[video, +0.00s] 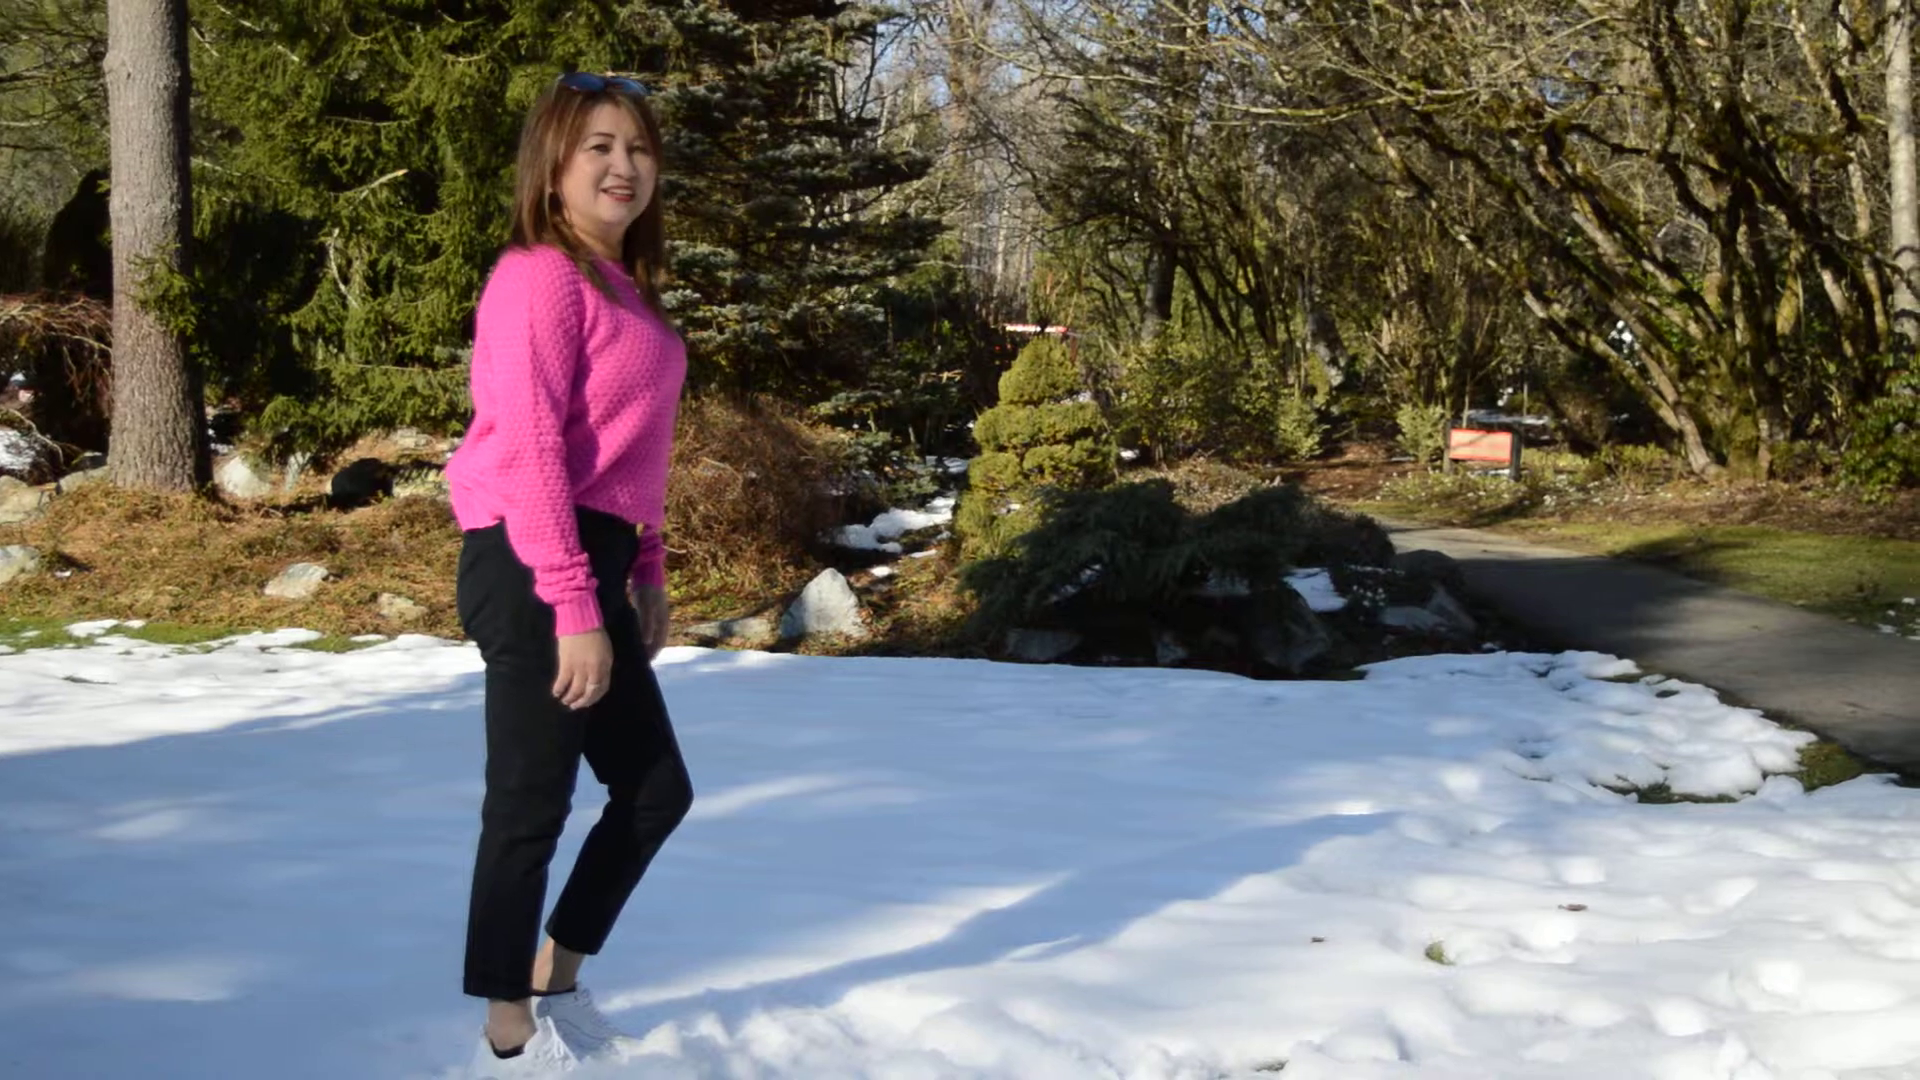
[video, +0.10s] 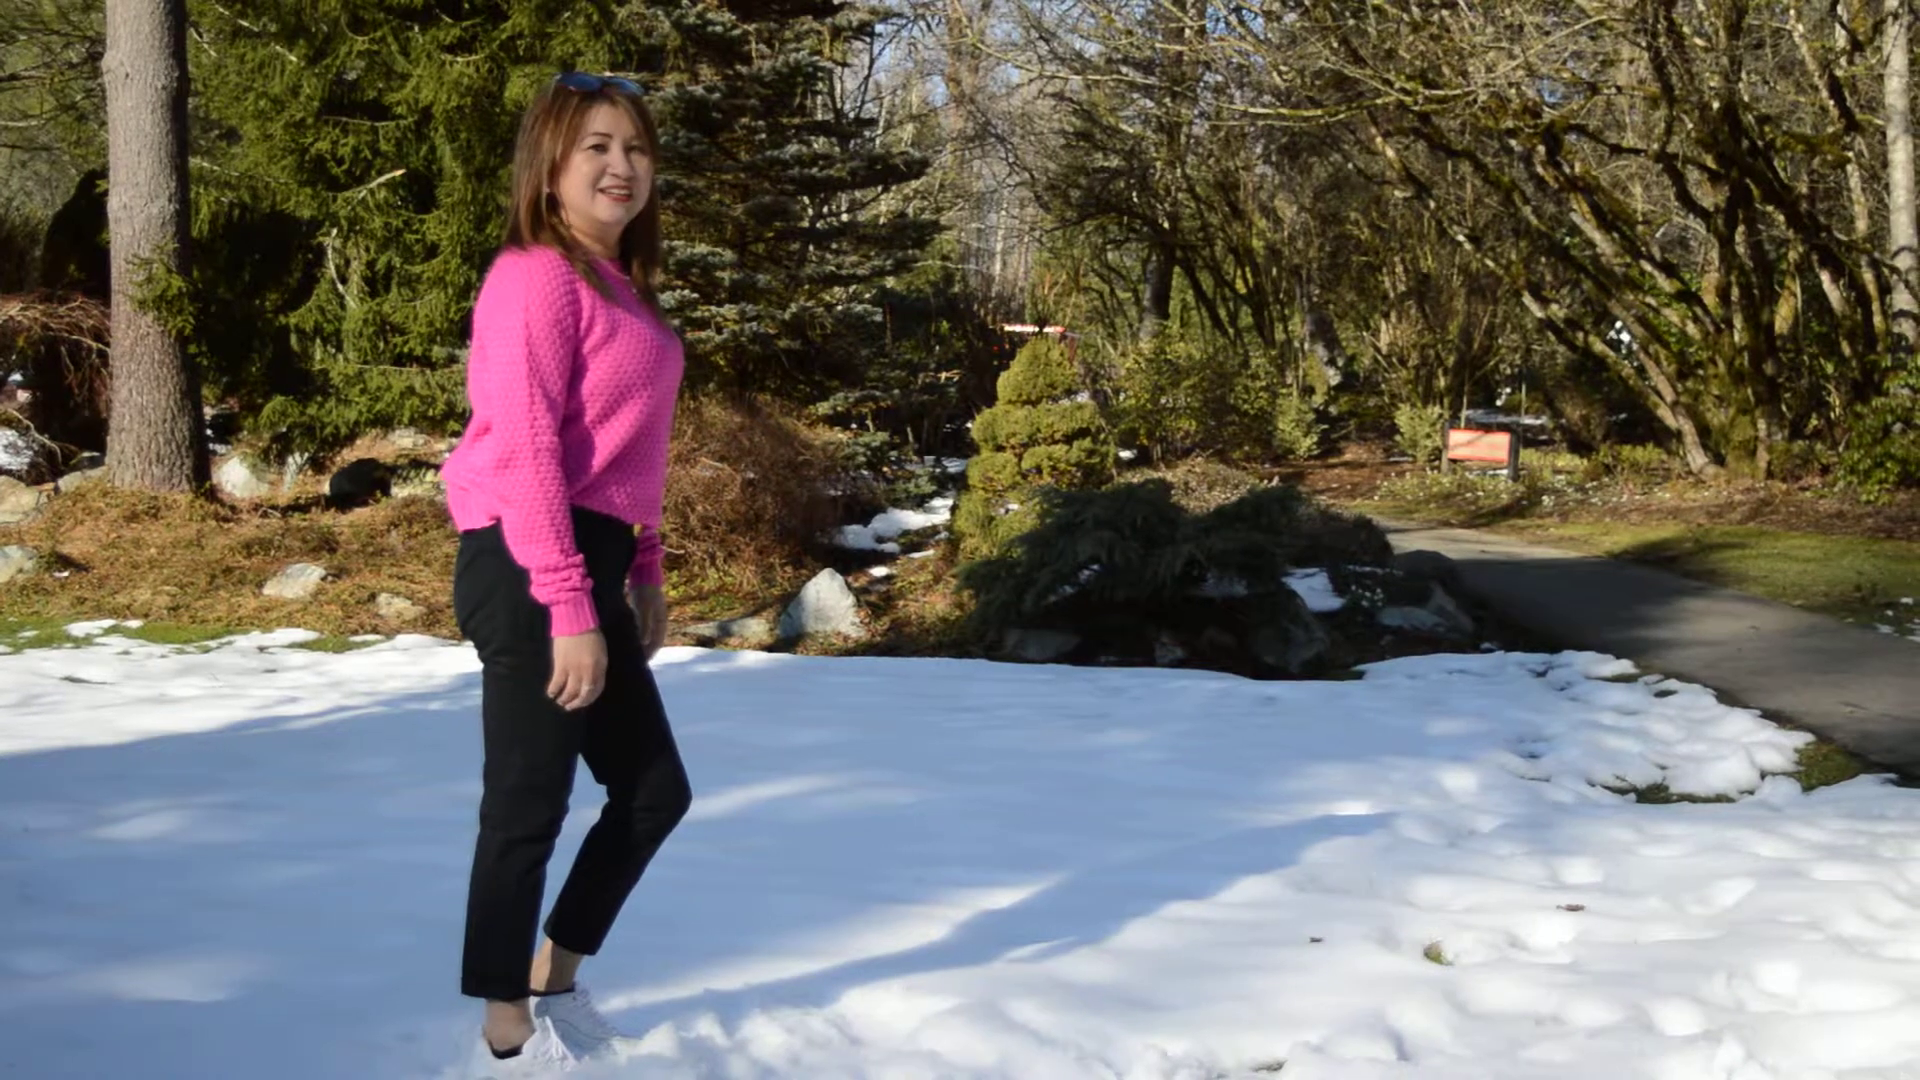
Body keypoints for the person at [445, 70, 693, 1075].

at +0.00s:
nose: (623, 166)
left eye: (638, 149)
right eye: (600, 146)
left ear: (654, 173)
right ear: (553, 166)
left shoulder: (625, 292)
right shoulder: (536, 278)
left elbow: (634, 451)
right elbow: (531, 453)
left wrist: (647, 571)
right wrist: (572, 610)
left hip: (596, 555)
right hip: (525, 551)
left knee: (655, 790)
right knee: (530, 794)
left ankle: (554, 978)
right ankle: (506, 1038)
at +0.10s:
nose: (621, 166)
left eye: (636, 150)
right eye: (597, 147)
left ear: (651, 173)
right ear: (550, 166)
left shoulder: (623, 291)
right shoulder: (532, 279)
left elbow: (629, 449)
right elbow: (527, 454)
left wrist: (645, 571)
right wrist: (568, 611)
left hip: (593, 556)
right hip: (523, 552)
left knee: (654, 791)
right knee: (527, 796)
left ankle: (551, 980)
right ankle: (504, 1040)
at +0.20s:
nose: (620, 166)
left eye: (635, 150)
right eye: (596, 147)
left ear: (650, 174)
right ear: (549, 165)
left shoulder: (621, 292)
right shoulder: (528, 279)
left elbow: (631, 449)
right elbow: (522, 450)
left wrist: (644, 573)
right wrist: (563, 608)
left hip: (593, 558)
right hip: (522, 554)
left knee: (653, 792)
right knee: (524, 800)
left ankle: (550, 979)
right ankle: (503, 1039)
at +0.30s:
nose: (620, 166)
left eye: (635, 150)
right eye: (597, 146)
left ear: (649, 174)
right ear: (548, 164)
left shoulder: (619, 292)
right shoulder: (527, 279)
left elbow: (628, 450)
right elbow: (519, 451)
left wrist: (645, 573)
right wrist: (560, 609)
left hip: (591, 559)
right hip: (521, 554)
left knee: (652, 793)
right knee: (523, 801)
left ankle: (550, 979)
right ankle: (503, 1039)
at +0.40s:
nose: (619, 166)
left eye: (635, 150)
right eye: (596, 146)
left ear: (649, 174)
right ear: (547, 164)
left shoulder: (619, 292)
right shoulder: (525, 278)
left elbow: (627, 451)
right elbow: (517, 450)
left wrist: (647, 573)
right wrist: (558, 609)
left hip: (589, 560)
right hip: (520, 554)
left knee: (652, 792)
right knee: (523, 802)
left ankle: (549, 980)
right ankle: (502, 1039)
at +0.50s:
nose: (620, 165)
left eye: (635, 149)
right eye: (596, 145)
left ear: (648, 173)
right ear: (547, 163)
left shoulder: (618, 291)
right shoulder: (524, 278)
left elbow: (624, 451)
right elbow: (516, 450)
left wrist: (649, 571)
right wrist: (557, 610)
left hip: (589, 560)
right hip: (519, 555)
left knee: (651, 793)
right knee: (522, 803)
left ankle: (549, 981)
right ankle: (501, 1040)